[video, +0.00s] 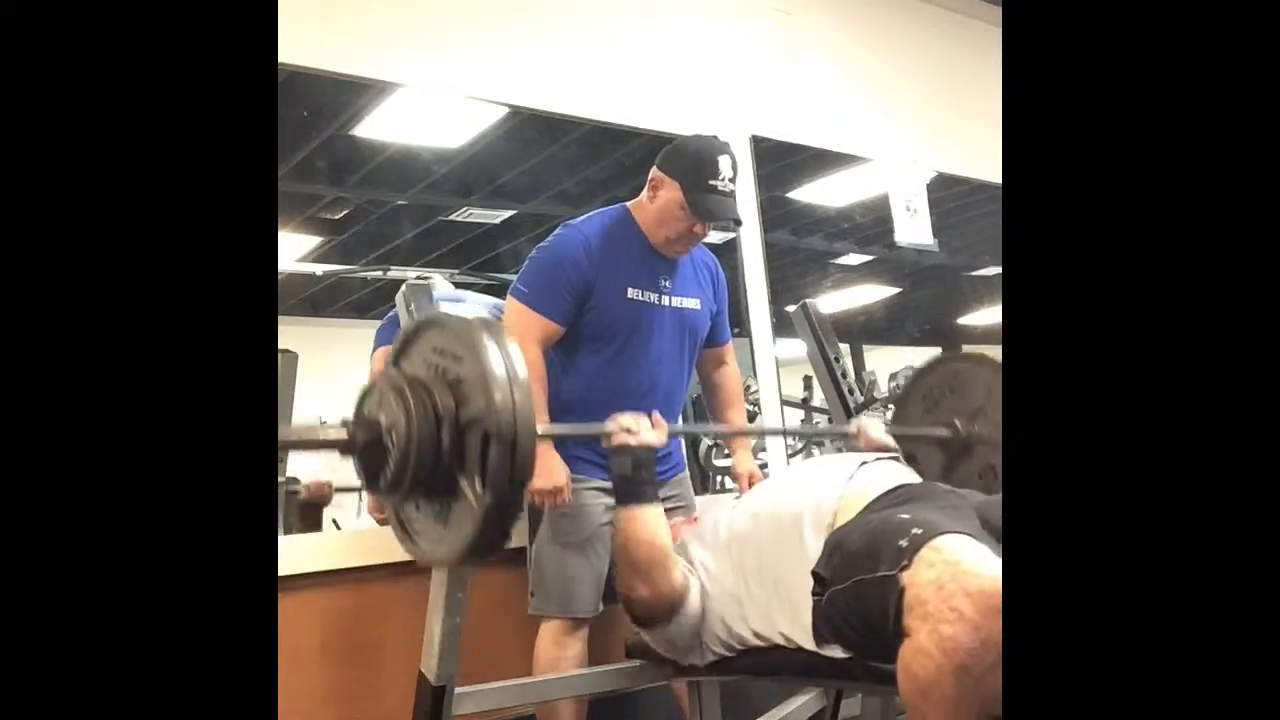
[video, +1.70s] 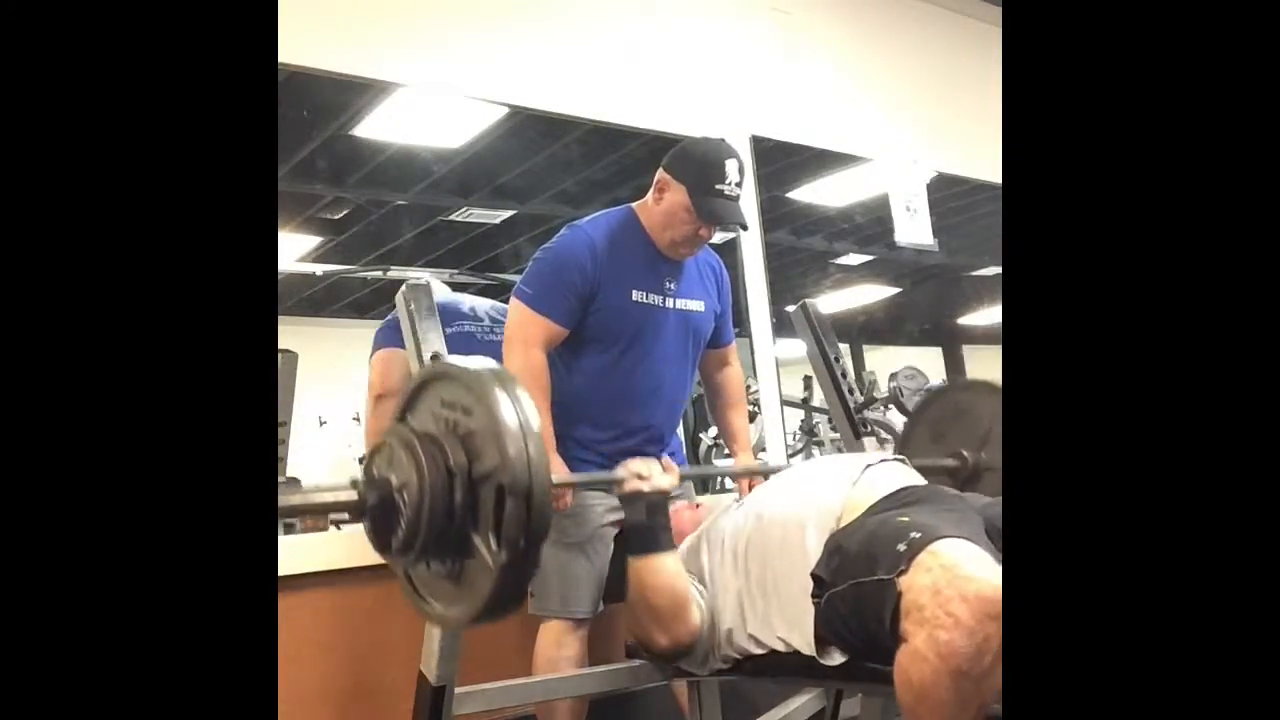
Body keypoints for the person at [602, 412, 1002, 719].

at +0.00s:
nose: (667, 509)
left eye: (666, 503)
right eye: (652, 518)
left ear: (681, 505)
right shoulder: (684, 605)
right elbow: (648, 588)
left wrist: (877, 449)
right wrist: (632, 465)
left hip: (942, 495)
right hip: (861, 529)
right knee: (974, 600)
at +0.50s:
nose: (680, 505)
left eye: (680, 500)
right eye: (667, 512)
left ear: (698, 504)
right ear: (660, 545)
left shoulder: (753, 506)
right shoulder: (689, 593)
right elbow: (662, 613)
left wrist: (872, 451)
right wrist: (641, 493)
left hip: (934, 493)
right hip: (863, 529)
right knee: (975, 609)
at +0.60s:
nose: (687, 493)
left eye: (685, 488)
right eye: (672, 496)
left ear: (700, 497)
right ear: (661, 529)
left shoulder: (754, 507)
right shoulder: (687, 576)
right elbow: (674, 646)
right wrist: (646, 516)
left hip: (948, 495)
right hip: (869, 528)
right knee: (973, 607)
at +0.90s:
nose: (688, 503)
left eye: (688, 498)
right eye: (674, 506)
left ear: (703, 503)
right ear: (668, 537)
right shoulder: (690, 576)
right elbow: (671, 640)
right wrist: (647, 514)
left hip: (951, 494)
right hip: (873, 528)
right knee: (976, 611)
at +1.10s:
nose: (674, 510)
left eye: (670, 506)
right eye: (657, 521)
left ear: (682, 508)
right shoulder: (685, 607)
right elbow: (649, 583)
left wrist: (870, 447)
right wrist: (630, 458)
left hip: (941, 494)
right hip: (858, 531)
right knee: (974, 597)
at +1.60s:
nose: (678, 506)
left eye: (677, 503)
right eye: (664, 518)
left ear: (696, 507)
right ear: (654, 544)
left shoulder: (757, 504)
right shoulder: (685, 587)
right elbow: (658, 610)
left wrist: (872, 453)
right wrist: (636, 493)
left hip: (946, 498)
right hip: (863, 531)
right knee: (971, 601)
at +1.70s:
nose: (684, 500)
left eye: (685, 495)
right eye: (671, 505)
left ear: (700, 499)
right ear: (663, 540)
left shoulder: (757, 505)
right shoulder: (683, 580)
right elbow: (666, 636)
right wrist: (643, 511)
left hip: (934, 492)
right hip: (865, 529)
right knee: (972, 605)